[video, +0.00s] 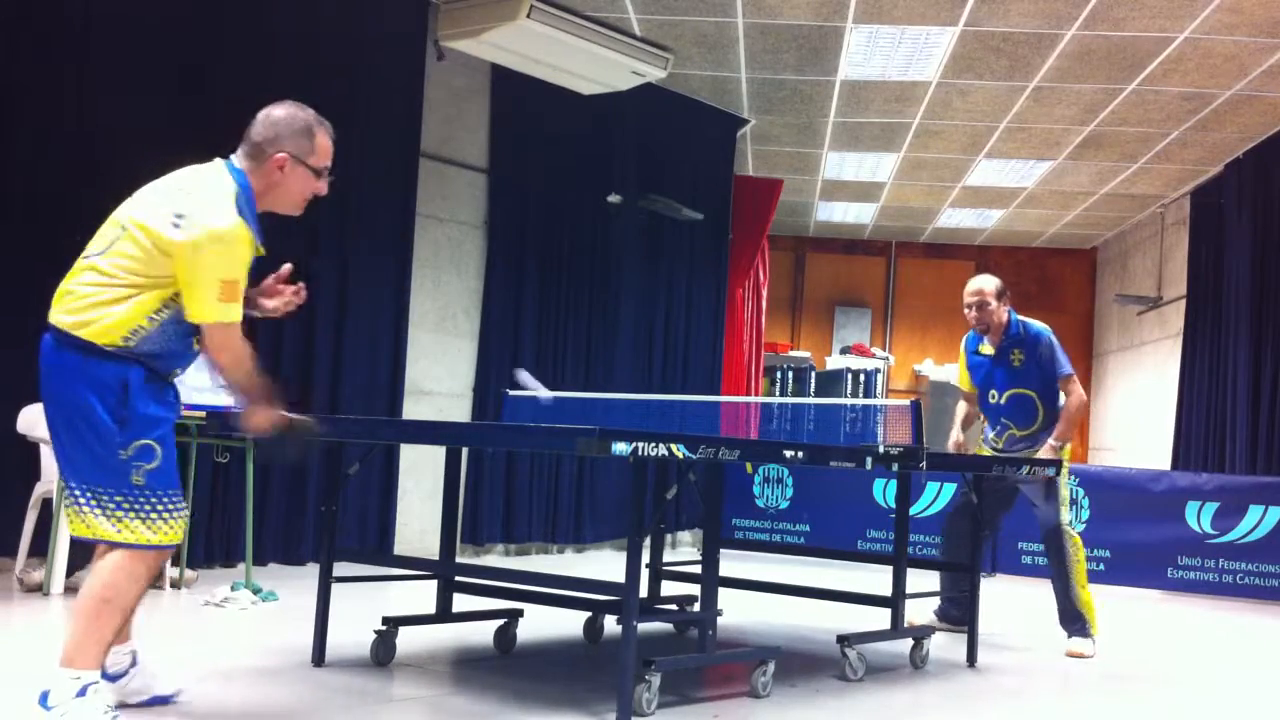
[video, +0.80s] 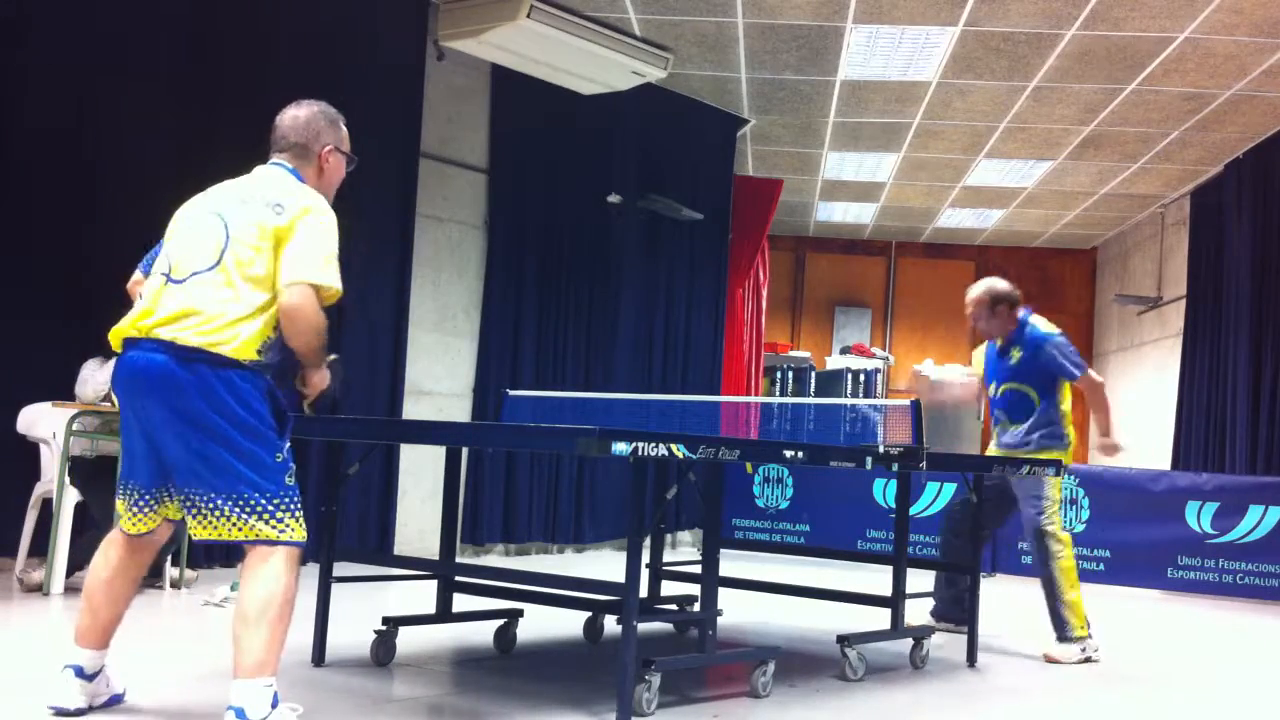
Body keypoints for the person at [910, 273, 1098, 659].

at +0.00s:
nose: (973, 313)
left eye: (980, 305)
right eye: (967, 307)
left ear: (1003, 304)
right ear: (964, 310)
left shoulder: (1037, 336)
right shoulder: (970, 345)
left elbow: (1077, 397)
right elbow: (970, 400)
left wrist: (1054, 445)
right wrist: (957, 430)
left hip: (1040, 453)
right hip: (993, 453)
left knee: (1057, 533)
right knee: (958, 522)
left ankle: (1080, 632)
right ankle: (955, 614)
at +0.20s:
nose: (958, 321)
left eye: (966, 312)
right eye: (954, 315)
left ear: (990, 310)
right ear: (953, 316)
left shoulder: (1023, 339)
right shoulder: (962, 349)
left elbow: (1062, 396)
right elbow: (962, 404)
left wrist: (1025, 434)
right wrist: (940, 425)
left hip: (1038, 453)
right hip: (994, 452)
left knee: (1043, 529)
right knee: (955, 523)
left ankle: (1075, 631)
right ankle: (954, 613)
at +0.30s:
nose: (958, 330)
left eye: (965, 321)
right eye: (953, 323)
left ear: (989, 317)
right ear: (951, 324)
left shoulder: (1017, 344)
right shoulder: (971, 354)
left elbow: (1038, 400)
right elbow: (966, 414)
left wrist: (986, 420)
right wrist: (929, 443)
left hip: (1044, 455)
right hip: (1006, 456)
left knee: (1042, 530)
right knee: (960, 519)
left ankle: (1078, 640)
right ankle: (954, 615)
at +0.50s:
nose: (944, 352)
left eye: (947, 343)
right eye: (941, 345)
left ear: (970, 336)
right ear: (972, 337)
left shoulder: (989, 356)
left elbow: (1004, 364)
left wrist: (1010, 366)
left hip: (1044, 462)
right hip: (1014, 463)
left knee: (1018, 538)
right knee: (965, 518)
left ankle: (1074, 639)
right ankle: (954, 615)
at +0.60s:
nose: (943, 354)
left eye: (946, 345)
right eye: (941, 347)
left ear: (968, 338)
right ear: (967, 339)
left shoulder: (996, 361)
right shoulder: (984, 363)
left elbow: (1043, 372)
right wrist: (1091, 437)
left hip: (1041, 465)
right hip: (1009, 466)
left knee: (1018, 540)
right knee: (962, 519)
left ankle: (1074, 639)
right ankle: (953, 615)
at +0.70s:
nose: (954, 342)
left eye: (956, 333)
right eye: (952, 334)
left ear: (979, 327)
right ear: (974, 329)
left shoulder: (1018, 352)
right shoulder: (989, 360)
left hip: (1038, 463)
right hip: (1005, 464)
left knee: (1026, 536)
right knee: (956, 522)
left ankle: (1076, 640)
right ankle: (952, 614)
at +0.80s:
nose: (974, 326)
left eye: (979, 318)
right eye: (972, 318)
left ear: (1006, 312)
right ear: (992, 315)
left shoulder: (1045, 341)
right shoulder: (991, 347)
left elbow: (1093, 386)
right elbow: (979, 392)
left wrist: (1105, 437)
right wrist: (934, 391)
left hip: (1040, 456)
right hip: (1001, 454)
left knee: (1047, 535)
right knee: (960, 520)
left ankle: (1078, 639)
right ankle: (952, 614)